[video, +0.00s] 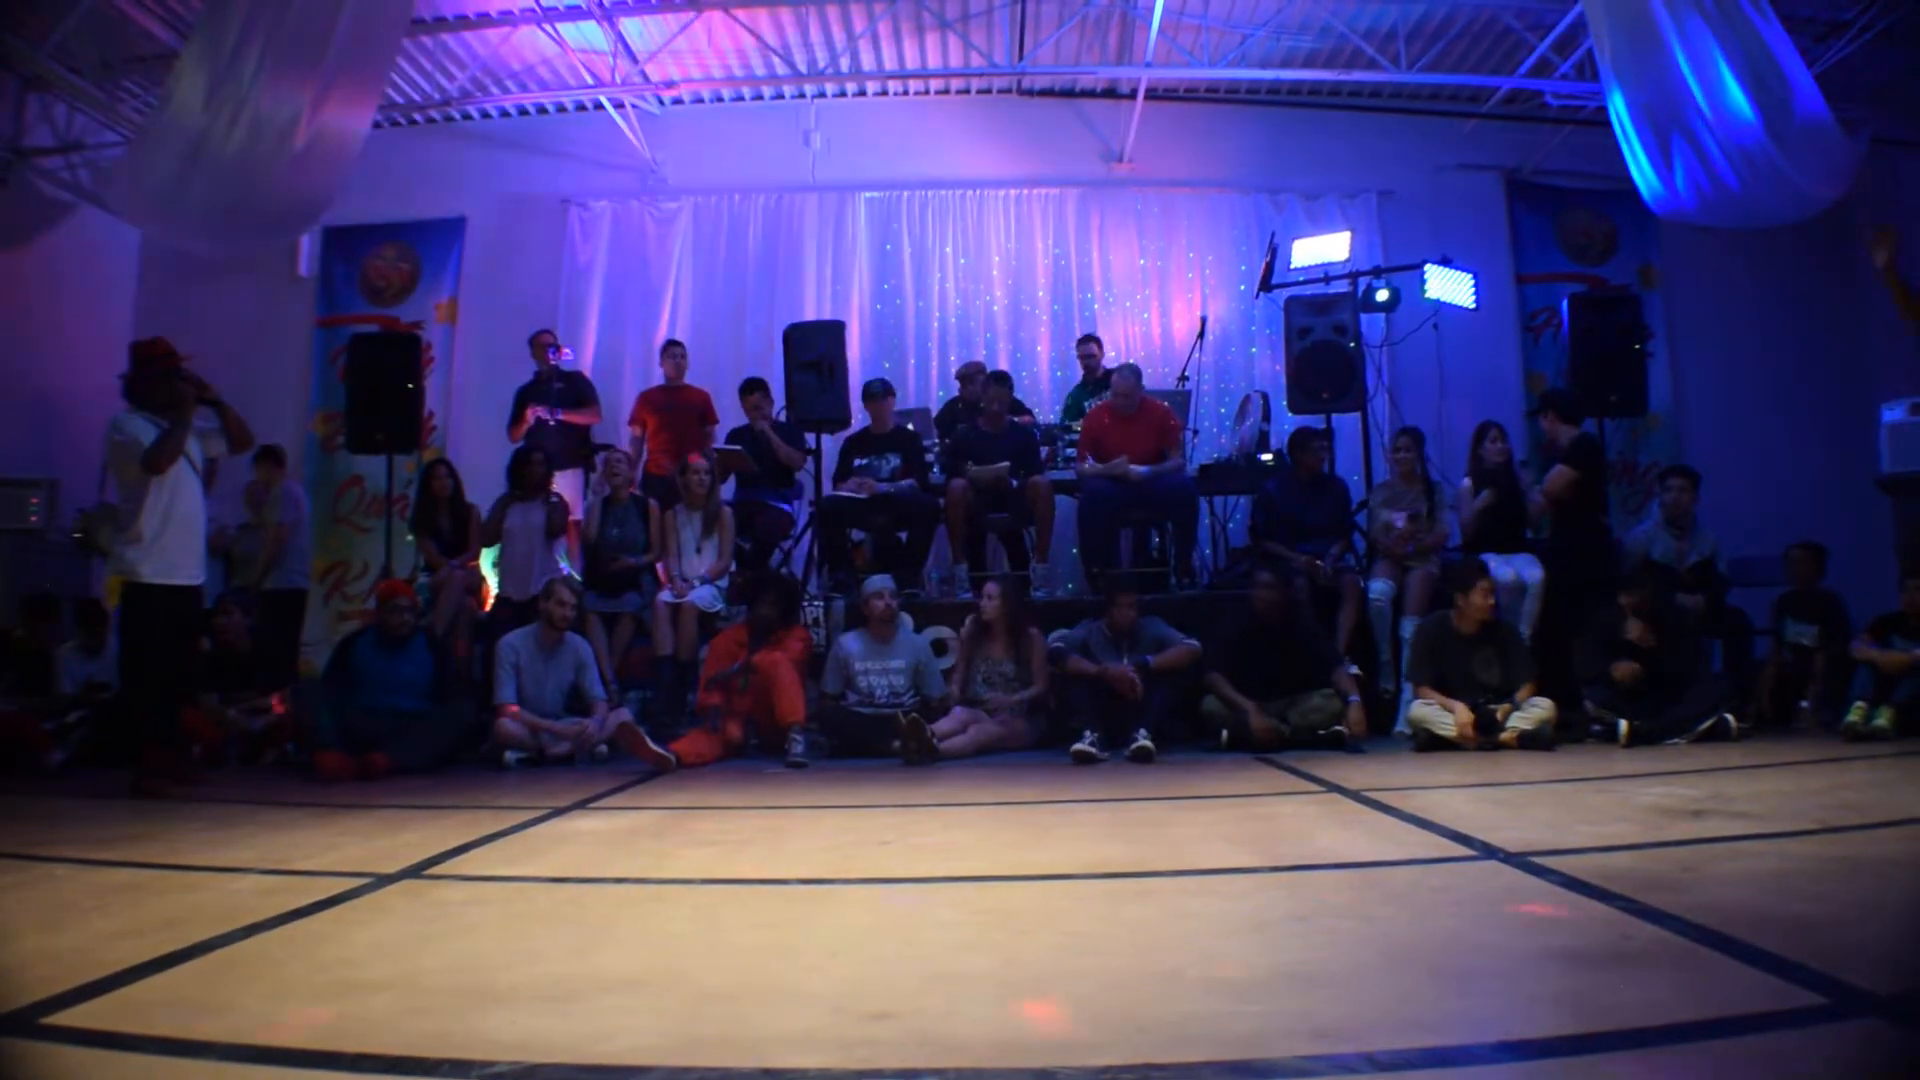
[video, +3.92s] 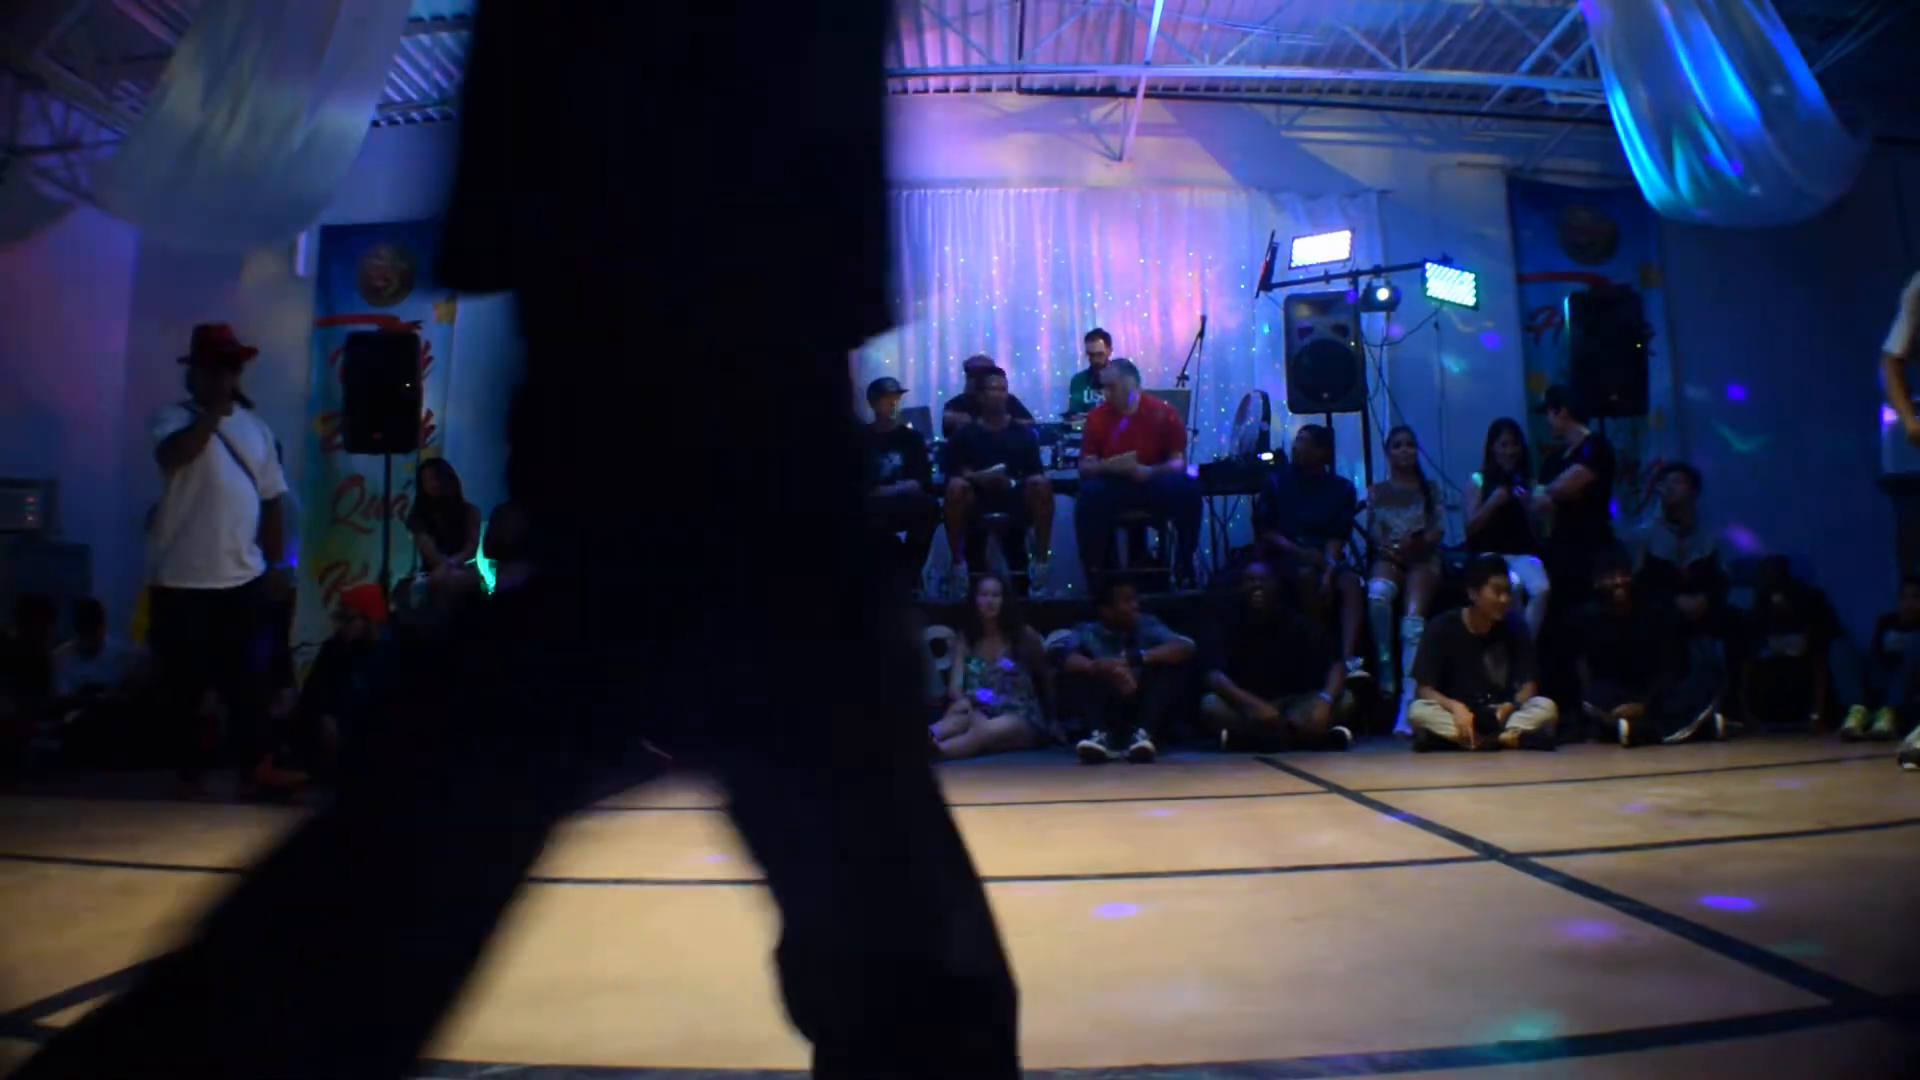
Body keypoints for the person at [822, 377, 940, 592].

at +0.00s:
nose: (879, 406)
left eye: (883, 400)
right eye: (873, 401)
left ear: (893, 401)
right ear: (866, 405)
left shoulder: (909, 438)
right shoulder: (853, 442)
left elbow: (919, 481)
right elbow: (838, 484)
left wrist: (882, 487)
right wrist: (852, 486)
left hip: (897, 502)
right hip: (860, 502)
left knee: (928, 507)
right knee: (827, 507)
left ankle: (909, 579)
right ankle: (841, 578)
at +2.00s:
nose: (903, 409)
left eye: (906, 403)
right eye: (897, 403)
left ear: (908, 405)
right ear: (881, 404)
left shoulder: (914, 439)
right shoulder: (856, 439)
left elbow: (919, 483)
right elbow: (837, 482)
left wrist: (875, 486)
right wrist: (850, 485)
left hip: (897, 502)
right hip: (859, 502)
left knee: (927, 508)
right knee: (826, 507)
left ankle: (909, 579)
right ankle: (839, 577)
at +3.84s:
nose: (893, 405)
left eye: (896, 399)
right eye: (887, 399)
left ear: (900, 402)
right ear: (874, 404)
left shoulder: (912, 438)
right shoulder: (856, 439)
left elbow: (922, 481)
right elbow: (842, 479)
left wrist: (893, 490)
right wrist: (845, 486)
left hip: (899, 503)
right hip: (862, 503)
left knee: (927, 507)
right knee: (829, 507)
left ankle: (909, 576)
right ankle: (838, 574)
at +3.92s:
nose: (893, 404)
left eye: (895, 399)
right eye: (886, 399)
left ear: (899, 401)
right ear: (873, 403)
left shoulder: (912, 437)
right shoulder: (861, 438)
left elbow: (921, 481)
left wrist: (890, 490)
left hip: (907, 502)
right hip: (872, 506)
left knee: (928, 510)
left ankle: (912, 575)